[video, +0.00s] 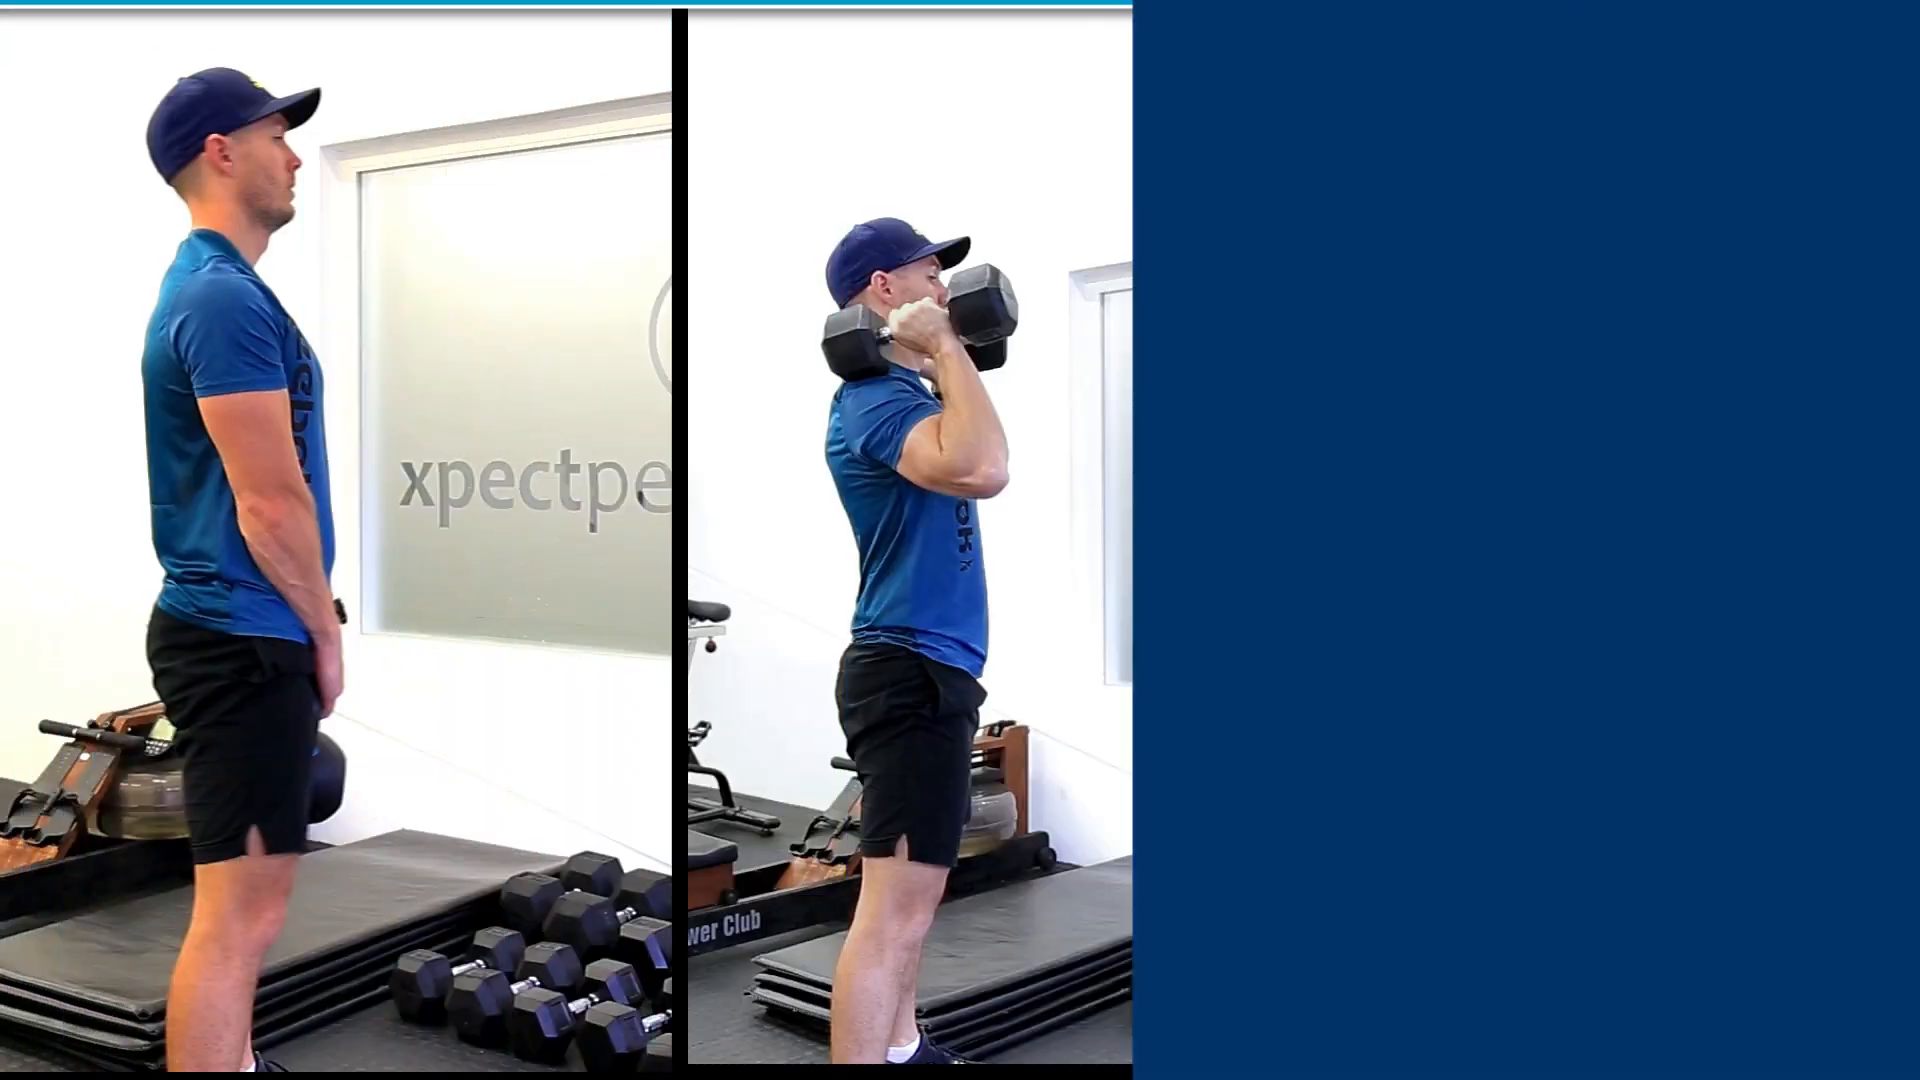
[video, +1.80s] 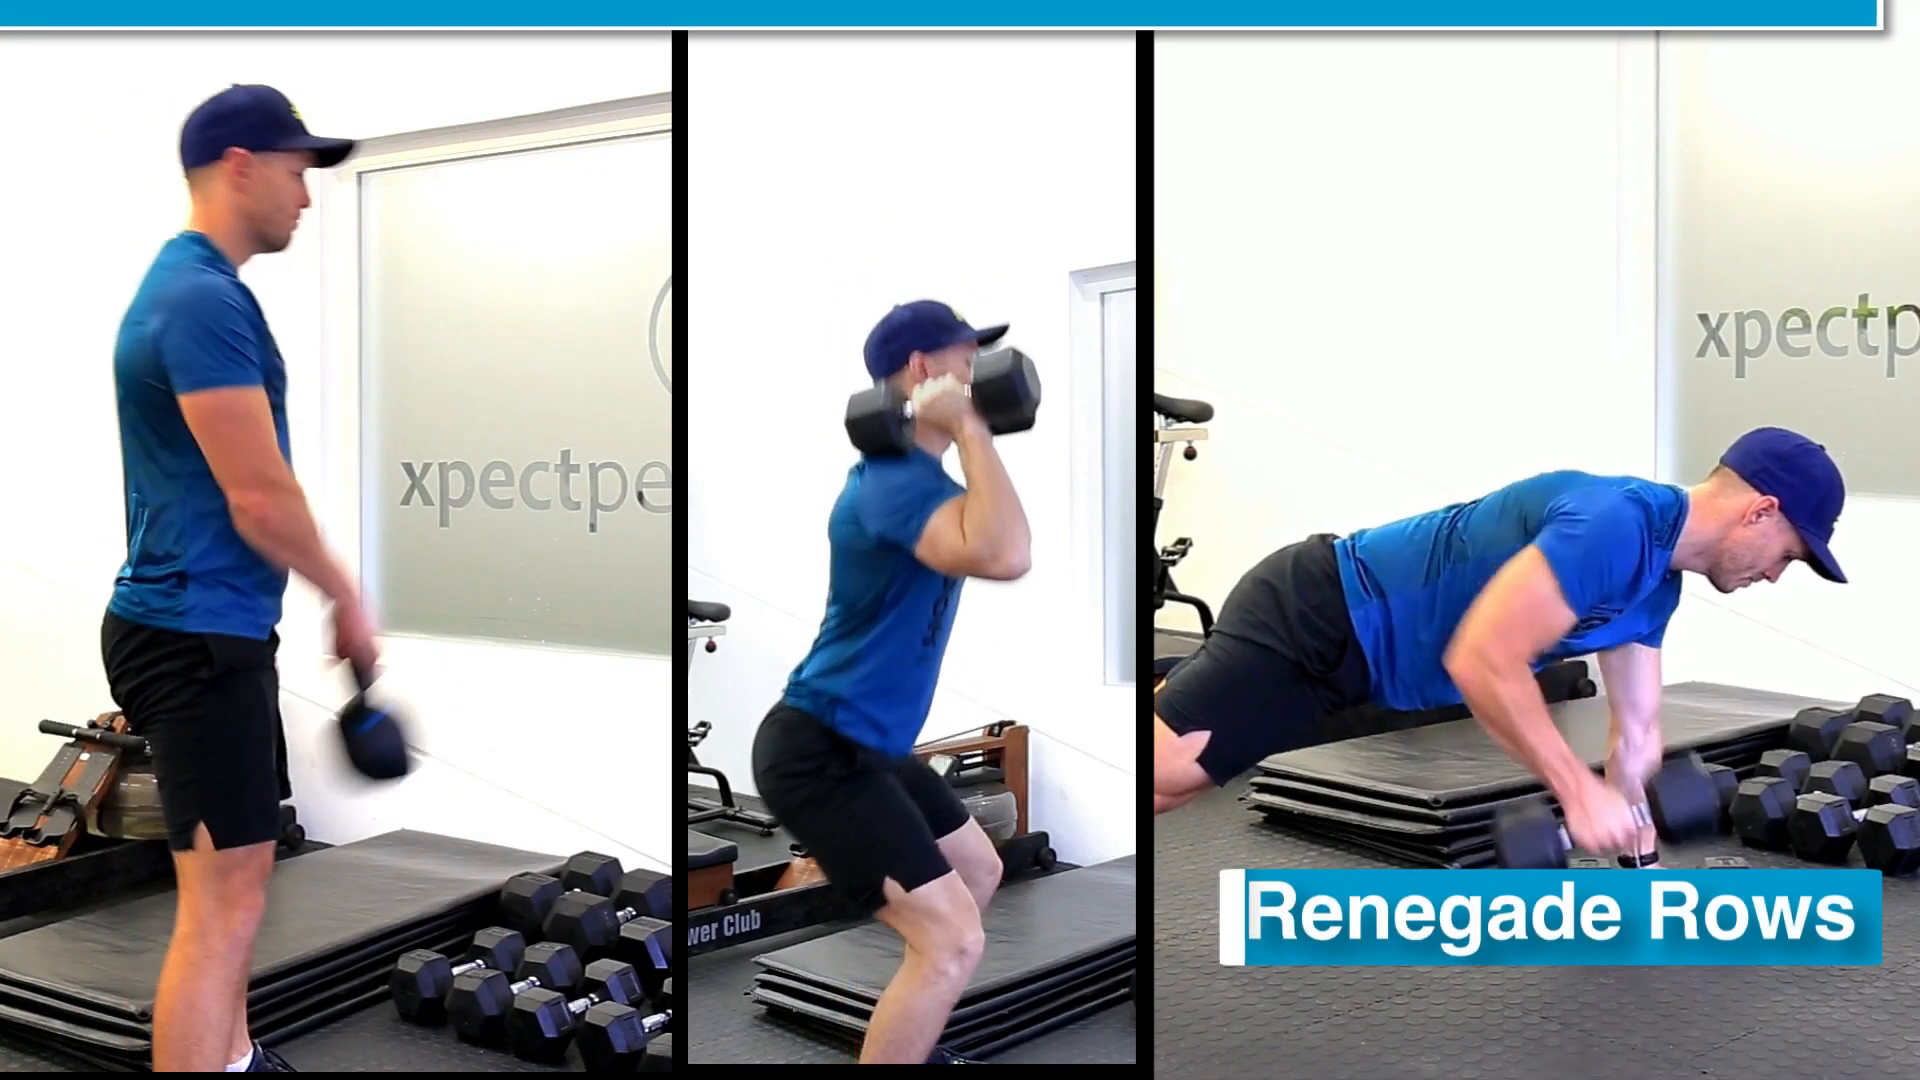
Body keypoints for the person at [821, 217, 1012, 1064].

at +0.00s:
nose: (943, 283)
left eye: (939, 270)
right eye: (930, 272)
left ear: (882, 292)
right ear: (883, 288)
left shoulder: (899, 396)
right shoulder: (871, 402)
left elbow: (981, 470)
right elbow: (978, 467)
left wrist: (949, 354)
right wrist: (945, 347)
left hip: (934, 673)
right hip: (906, 673)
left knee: (914, 898)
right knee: (893, 910)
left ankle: (898, 1047)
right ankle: (861, 1063)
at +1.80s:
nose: (975, 374)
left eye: (974, 360)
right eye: (965, 360)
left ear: (912, 374)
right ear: (919, 369)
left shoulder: (916, 476)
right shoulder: (891, 482)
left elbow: (992, 548)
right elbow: (1003, 555)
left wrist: (973, 428)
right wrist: (967, 426)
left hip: (868, 742)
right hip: (820, 750)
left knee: (977, 871)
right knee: (950, 944)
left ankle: (913, 1034)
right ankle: (893, 1055)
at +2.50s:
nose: (997, 527)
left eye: (993, 511)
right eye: (985, 511)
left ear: (939, 526)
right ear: (939, 524)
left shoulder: (938, 621)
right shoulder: (896, 633)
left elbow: (1006, 715)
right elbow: (1000, 741)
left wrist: (989, 597)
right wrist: (979, 601)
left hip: (852, 840)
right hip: (789, 864)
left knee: (993, 882)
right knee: (968, 956)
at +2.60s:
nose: (1001, 551)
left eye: (997, 534)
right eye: (988, 535)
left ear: (941, 548)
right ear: (941, 548)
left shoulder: (940, 641)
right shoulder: (897, 656)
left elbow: (1012, 720)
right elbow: (996, 770)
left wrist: (995, 622)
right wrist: (982, 632)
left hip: (851, 853)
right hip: (785, 883)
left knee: (993, 884)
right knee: (969, 958)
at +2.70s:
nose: (1001, 561)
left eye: (997, 543)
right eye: (988, 545)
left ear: (942, 556)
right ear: (941, 555)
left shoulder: (943, 646)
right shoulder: (895, 668)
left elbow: (1013, 727)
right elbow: (995, 779)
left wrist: (994, 628)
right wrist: (981, 641)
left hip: (852, 860)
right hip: (784, 889)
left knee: (993, 885)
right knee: (969, 959)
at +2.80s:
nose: (1001, 565)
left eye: (996, 548)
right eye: (988, 549)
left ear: (942, 561)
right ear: (941, 561)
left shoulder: (945, 651)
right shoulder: (894, 672)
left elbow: (1014, 730)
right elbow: (994, 785)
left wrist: (995, 632)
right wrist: (982, 648)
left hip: (855, 864)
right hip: (785, 893)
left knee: (994, 885)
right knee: (970, 960)